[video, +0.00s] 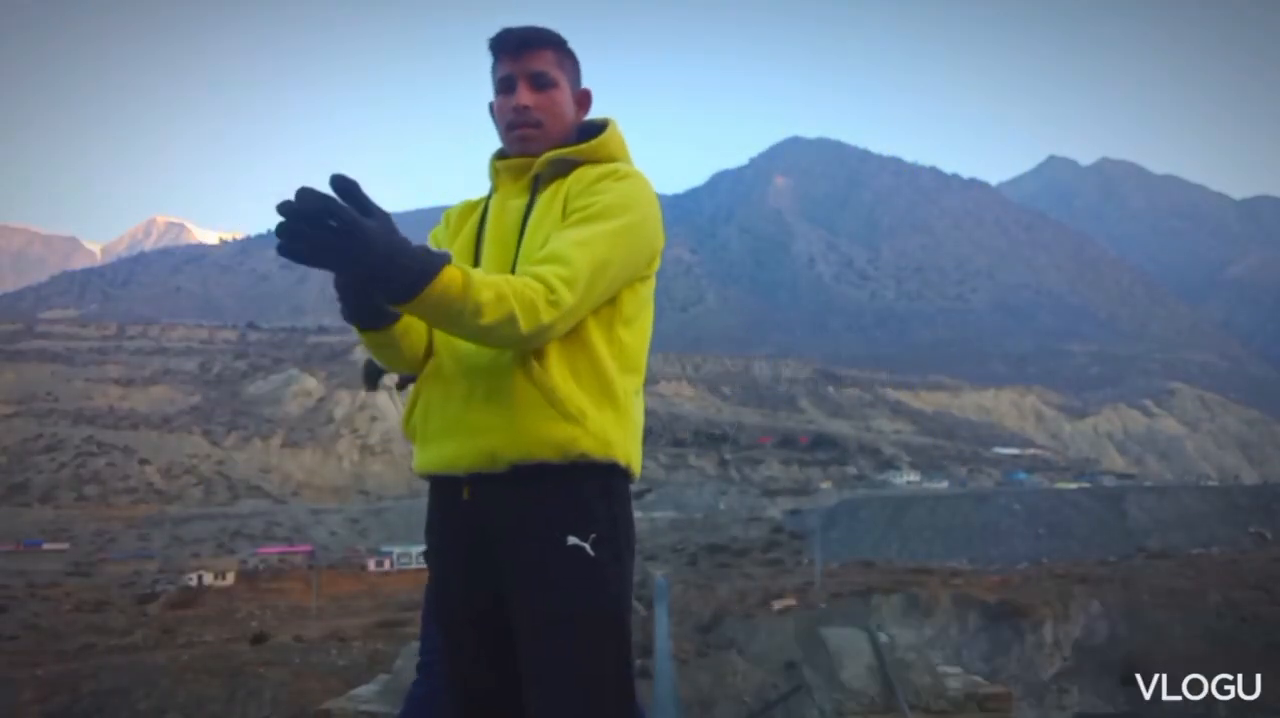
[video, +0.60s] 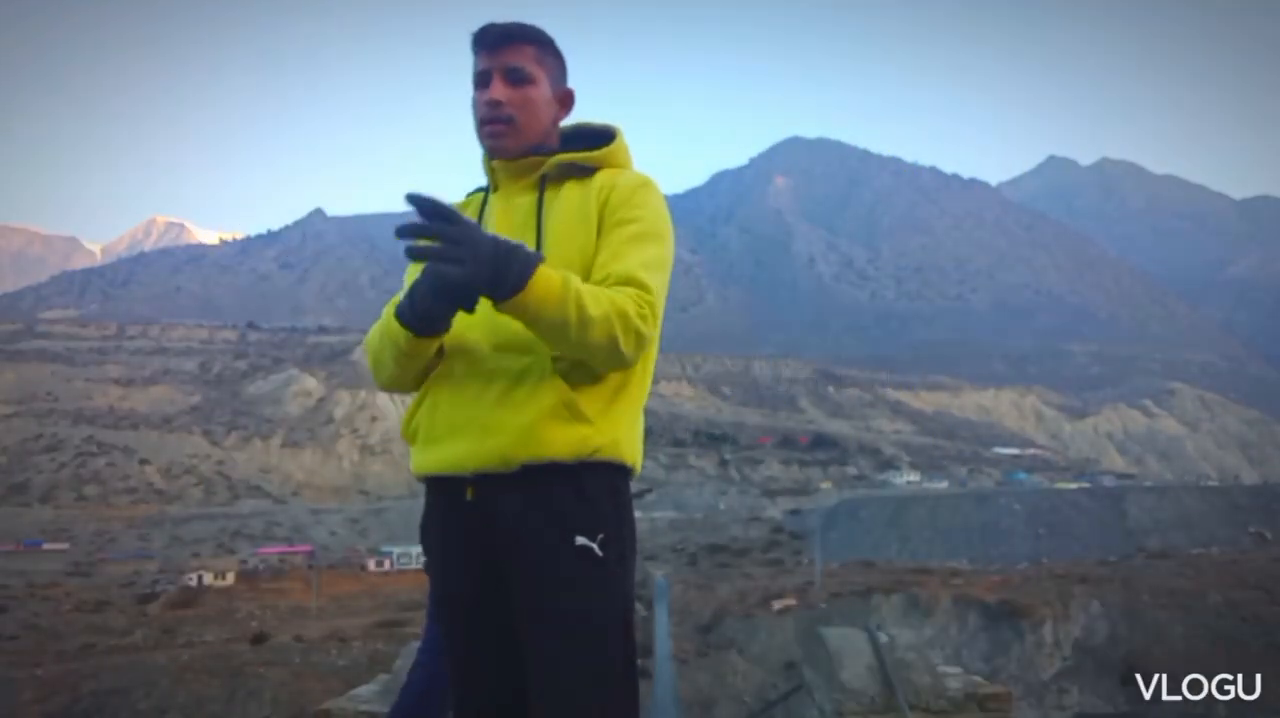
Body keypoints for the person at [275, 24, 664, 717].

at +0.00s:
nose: (520, 100)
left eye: (541, 83)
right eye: (505, 86)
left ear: (581, 100)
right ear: (492, 106)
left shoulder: (618, 196)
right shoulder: (458, 222)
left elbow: (530, 312)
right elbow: (412, 354)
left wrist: (399, 264)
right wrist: (364, 283)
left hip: (567, 498)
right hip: (460, 500)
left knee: (578, 698)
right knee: (465, 697)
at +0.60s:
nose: (492, 95)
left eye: (516, 78)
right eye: (482, 80)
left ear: (562, 100)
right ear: (469, 99)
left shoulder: (620, 193)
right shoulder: (463, 220)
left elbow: (621, 335)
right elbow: (389, 372)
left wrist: (513, 275)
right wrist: (422, 308)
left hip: (571, 496)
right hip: (458, 501)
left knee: (581, 697)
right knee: (474, 695)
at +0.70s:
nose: (490, 93)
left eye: (513, 76)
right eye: (478, 80)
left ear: (560, 97)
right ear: (466, 100)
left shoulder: (621, 193)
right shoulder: (457, 221)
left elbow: (653, 328)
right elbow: (384, 372)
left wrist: (542, 224)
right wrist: (406, 287)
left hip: (571, 493)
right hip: (456, 498)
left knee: (583, 696)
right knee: (474, 694)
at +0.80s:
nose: (489, 93)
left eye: (511, 76)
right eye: (477, 80)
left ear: (558, 93)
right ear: (466, 99)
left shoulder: (618, 193)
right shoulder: (442, 228)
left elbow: (692, 309)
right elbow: (369, 346)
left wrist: (606, 170)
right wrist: (376, 244)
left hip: (574, 493)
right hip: (457, 496)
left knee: (583, 697)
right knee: (476, 696)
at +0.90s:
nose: (486, 95)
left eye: (508, 77)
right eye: (474, 82)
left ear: (557, 95)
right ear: (463, 101)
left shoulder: (613, 191)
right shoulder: (445, 226)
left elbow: (722, 239)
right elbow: (332, 287)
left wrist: (654, 120)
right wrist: (368, 181)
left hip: (573, 498)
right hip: (457, 502)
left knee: (585, 699)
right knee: (476, 697)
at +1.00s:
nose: (483, 98)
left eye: (504, 78)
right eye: (470, 84)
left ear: (554, 96)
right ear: (460, 106)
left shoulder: (616, 187)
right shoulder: (439, 212)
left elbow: (730, 151)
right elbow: (319, 207)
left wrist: (645, 88)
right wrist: (410, 132)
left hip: (574, 496)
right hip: (457, 500)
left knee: (587, 698)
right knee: (474, 696)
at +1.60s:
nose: (515, 84)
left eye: (538, 71)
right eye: (503, 75)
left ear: (580, 98)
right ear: (491, 100)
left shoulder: (609, 189)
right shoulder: (454, 222)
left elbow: (650, 225)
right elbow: (321, 243)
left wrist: (588, 126)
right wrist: (423, 160)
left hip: (579, 499)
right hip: (462, 501)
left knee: (587, 697)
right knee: (460, 695)